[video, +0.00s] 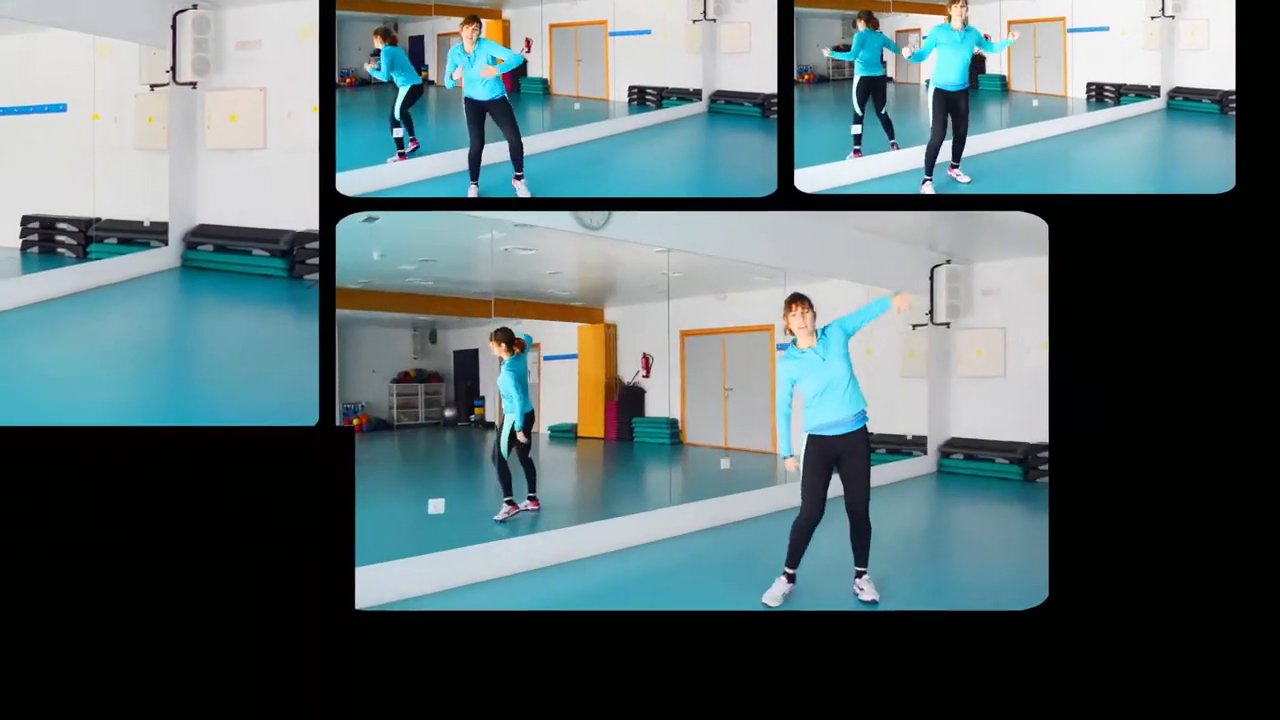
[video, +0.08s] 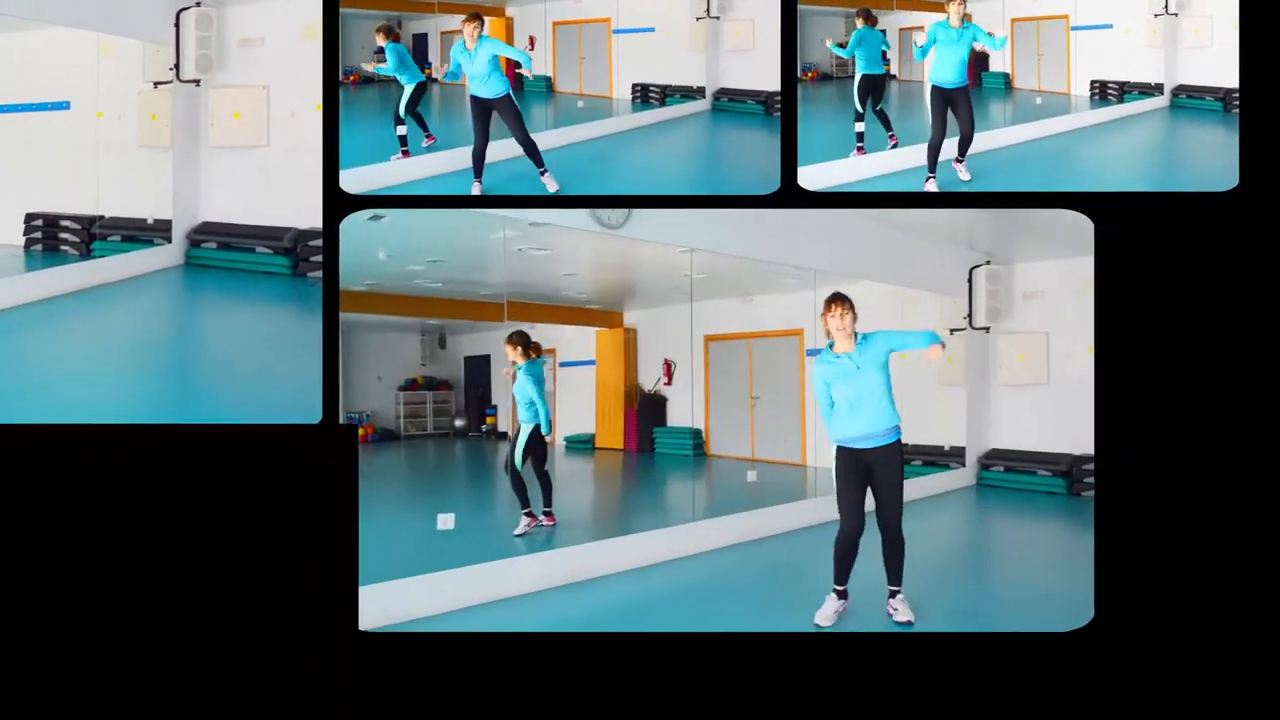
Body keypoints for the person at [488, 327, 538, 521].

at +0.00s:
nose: (491, 348)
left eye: (493, 344)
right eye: (491, 344)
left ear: (502, 346)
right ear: (508, 345)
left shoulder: (507, 372)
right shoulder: (520, 358)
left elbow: (518, 399)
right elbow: (528, 339)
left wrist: (519, 428)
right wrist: (522, 340)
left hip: (513, 416)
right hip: (526, 412)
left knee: (498, 456)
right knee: (524, 455)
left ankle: (509, 503)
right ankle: (532, 499)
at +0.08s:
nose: (507, 354)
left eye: (508, 350)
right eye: (507, 350)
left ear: (518, 350)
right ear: (522, 349)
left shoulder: (526, 374)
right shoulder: (533, 366)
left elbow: (540, 401)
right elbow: (527, 388)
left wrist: (546, 429)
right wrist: (514, 376)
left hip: (528, 425)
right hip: (536, 423)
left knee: (512, 467)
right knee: (540, 468)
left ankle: (528, 515)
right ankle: (548, 514)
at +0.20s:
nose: (525, 358)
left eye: (527, 354)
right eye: (525, 354)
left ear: (538, 355)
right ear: (540, 355)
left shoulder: (551, 378)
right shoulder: (543, 377)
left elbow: (571, 405)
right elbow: (546, 405)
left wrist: (578, 435)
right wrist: (528, 408)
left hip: (555, 436)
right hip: (557, 436)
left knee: (526, 479)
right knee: (561, 484)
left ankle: (550, 527)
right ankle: (568, 533)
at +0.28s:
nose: (535, 362)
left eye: (537, 357)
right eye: (535, 357)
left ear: (549, 358)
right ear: (549, 359)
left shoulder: (563, 380)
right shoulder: (551, 382)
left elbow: (585, 407)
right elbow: (553, 416)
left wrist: (596, 437)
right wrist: (533, 417)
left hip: (568, 443)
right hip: (565, 443)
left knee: (536, 487)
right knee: (574, 494)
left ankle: (565, 533)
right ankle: (578, 544)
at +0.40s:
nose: (545, 365)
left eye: (548, 360)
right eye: (546, 360)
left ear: (561, 363)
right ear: (559, 363)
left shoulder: (575, 384)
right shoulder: (559, 391)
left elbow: (596, 403)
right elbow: (556, 428)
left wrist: (604, 416)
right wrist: (538, 418)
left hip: (581, 451)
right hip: (575, 452)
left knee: (555, 505)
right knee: (585, 506)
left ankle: (586, 552)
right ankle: (591, 556)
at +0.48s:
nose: (550, 368)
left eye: (553, 364)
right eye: (551, 364)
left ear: (566, 366)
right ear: (564, 367)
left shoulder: (581, 388)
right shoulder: (562, 395)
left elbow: (604, 411)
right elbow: (554, 430)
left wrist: (596, 399)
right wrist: (539, 416)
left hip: (586, 456)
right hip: (575, 458)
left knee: (576, 511)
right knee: (571, 514)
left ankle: (599, 566)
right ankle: (595, 561)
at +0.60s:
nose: (553, 373)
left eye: (556, 368)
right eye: (554, 368)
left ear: (568, 370)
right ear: (561, 371)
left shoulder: (583, 394)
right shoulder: (564, 402)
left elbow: (590, 405)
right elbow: (549, 434)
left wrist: (574, 372)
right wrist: (533, 413)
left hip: (588, 461)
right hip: (575, 464)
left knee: (583, 519)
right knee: (579, 519)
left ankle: (611, 577)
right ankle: (596, 564)